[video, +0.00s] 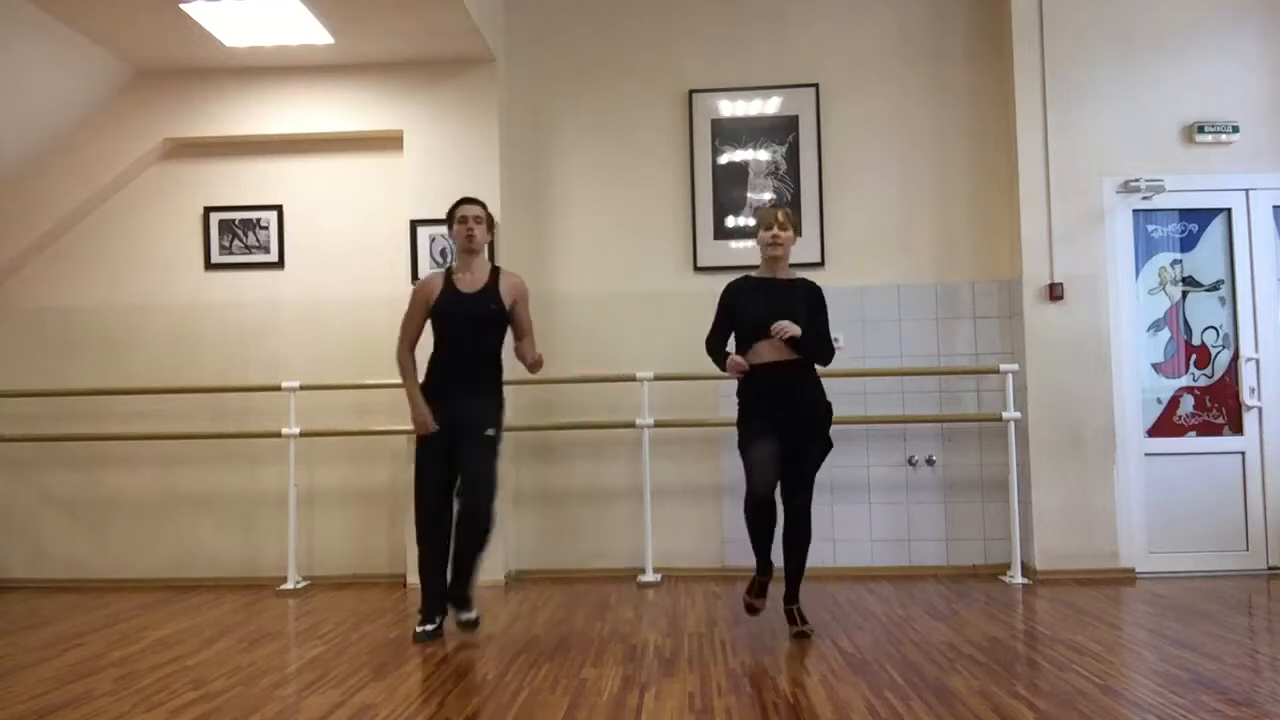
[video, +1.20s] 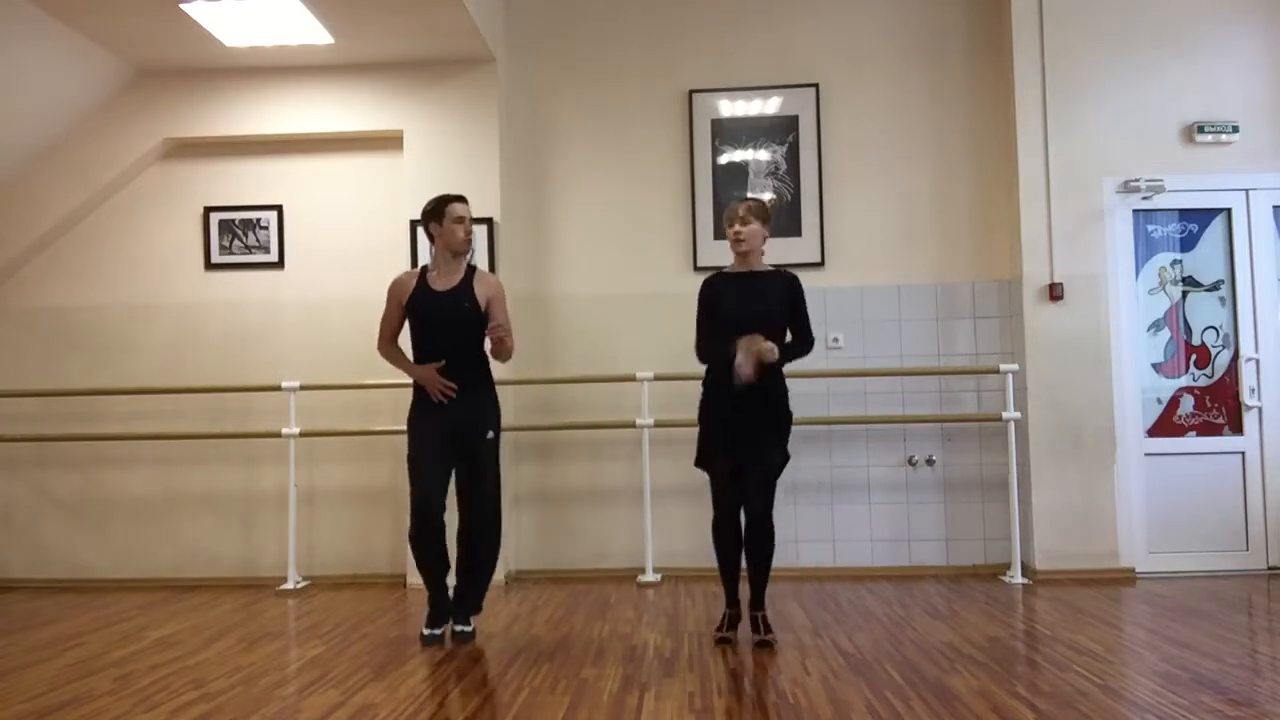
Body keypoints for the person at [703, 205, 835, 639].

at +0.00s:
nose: (776, 234)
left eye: (783, 227)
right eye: (769, 227)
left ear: (794, 238)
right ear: (758, 236)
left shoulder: (809, 291)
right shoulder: (737, 290)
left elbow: (824, 353)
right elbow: (714, 344)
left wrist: (800, 336)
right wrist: (726, 359)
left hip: (805, 405)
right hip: (758, 405)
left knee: (798, 505)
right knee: (759, 492)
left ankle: (793, 599)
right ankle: (763, 569)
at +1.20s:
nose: (738, 229)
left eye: (746, 222)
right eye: (733, 223)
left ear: (766, 232)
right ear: (726, 233)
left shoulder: (786, 283)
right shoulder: (713, 285)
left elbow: (805, 341)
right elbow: (704, 350)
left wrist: (776, 352)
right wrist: (735, 353)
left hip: (767, 412)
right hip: (720, 412)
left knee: (759, 510)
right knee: (725, 511)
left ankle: (758, 609)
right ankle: (730, 607)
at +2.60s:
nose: (718, 229)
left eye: (726, 221)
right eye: (714, 223)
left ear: (750, 224)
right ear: (711, 231)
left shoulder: (779, 278)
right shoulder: (707, 284)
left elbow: (824, 327)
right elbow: (691, 343)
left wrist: (853, 284)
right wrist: (687, 369)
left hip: (762, 396)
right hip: (717, 396)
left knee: (748, 507)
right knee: (721, 506)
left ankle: (748, 612)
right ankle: (732, 606)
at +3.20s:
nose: (732, 227)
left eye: (741, 218)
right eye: (729, 220)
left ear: (766, 222)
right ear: (727, 227)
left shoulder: (791, 275)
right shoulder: (724, 281)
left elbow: (783, 339)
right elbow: (686, 332)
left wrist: (741, 304)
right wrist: (642, 374)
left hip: (767, 398)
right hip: (718, 390)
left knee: (761, 514)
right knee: (688, 450)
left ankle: (742, 616)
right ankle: (672, 518)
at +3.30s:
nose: (732, 230)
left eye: (741, 221)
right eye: (728, 222)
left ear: (766, 224)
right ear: (726, 229)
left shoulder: (796, 280)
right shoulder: (723, 285)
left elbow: (816, 344)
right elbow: (689, 333)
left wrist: (782, 363)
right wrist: (645, 363)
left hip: (776, 415)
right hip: (724, 406)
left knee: (762, 516)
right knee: (681, 492)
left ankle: (739, 618)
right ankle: (624, 583)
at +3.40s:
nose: (734, 222)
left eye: (743, 214)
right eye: (730, 215)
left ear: (767, 220)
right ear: (727, 225)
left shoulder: (796, 276)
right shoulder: (720, 280)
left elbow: (833, 329)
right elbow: (691, 327)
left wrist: (813, 370)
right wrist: (663, 350)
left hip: (779, 396)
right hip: (728, 392)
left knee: (756, 512)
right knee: (691, 489)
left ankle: (737, 616)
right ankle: (680, 580)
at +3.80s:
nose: (760, 218)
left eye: (767, 211)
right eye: (751, 211)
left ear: (777, 222)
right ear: (737, 223)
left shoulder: (795, 274)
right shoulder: (721, 280)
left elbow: (809, 339)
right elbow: (710, 338)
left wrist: (782, 313)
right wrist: (723, 378)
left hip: (799, 388)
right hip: (753, 393)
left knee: (800, 493)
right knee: (776, 475)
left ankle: (794, 592)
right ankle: (769, 569)